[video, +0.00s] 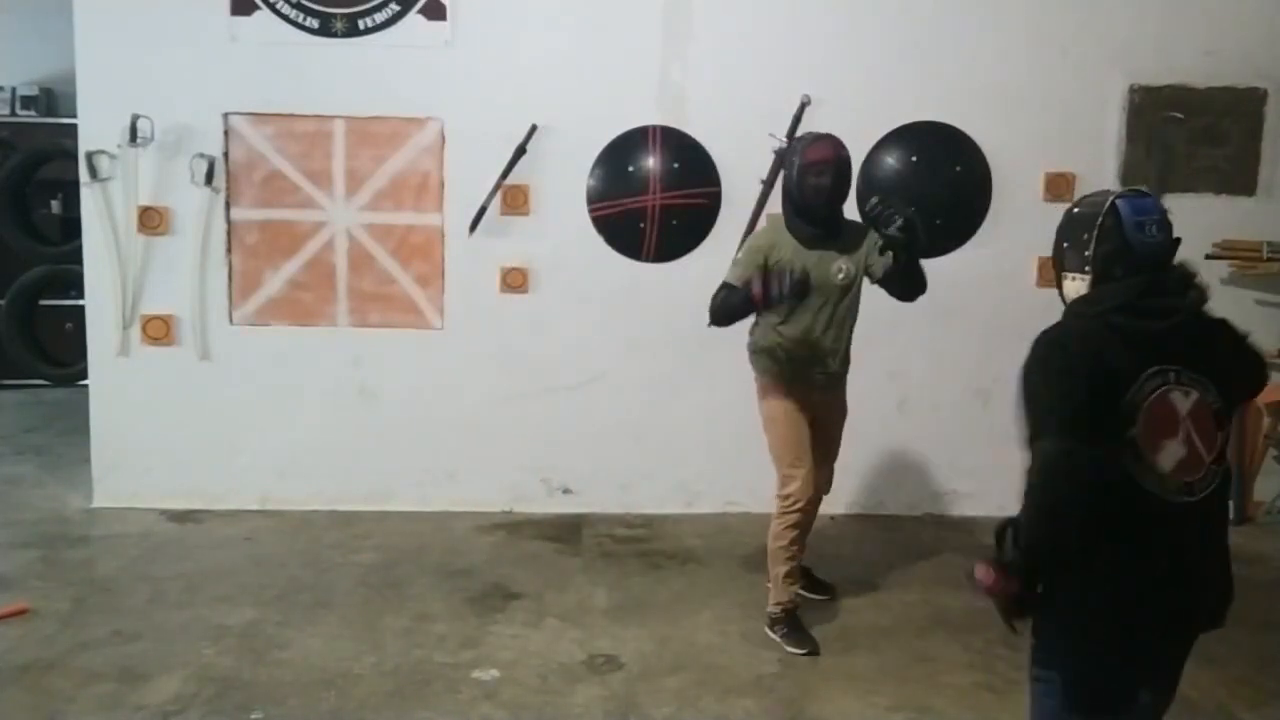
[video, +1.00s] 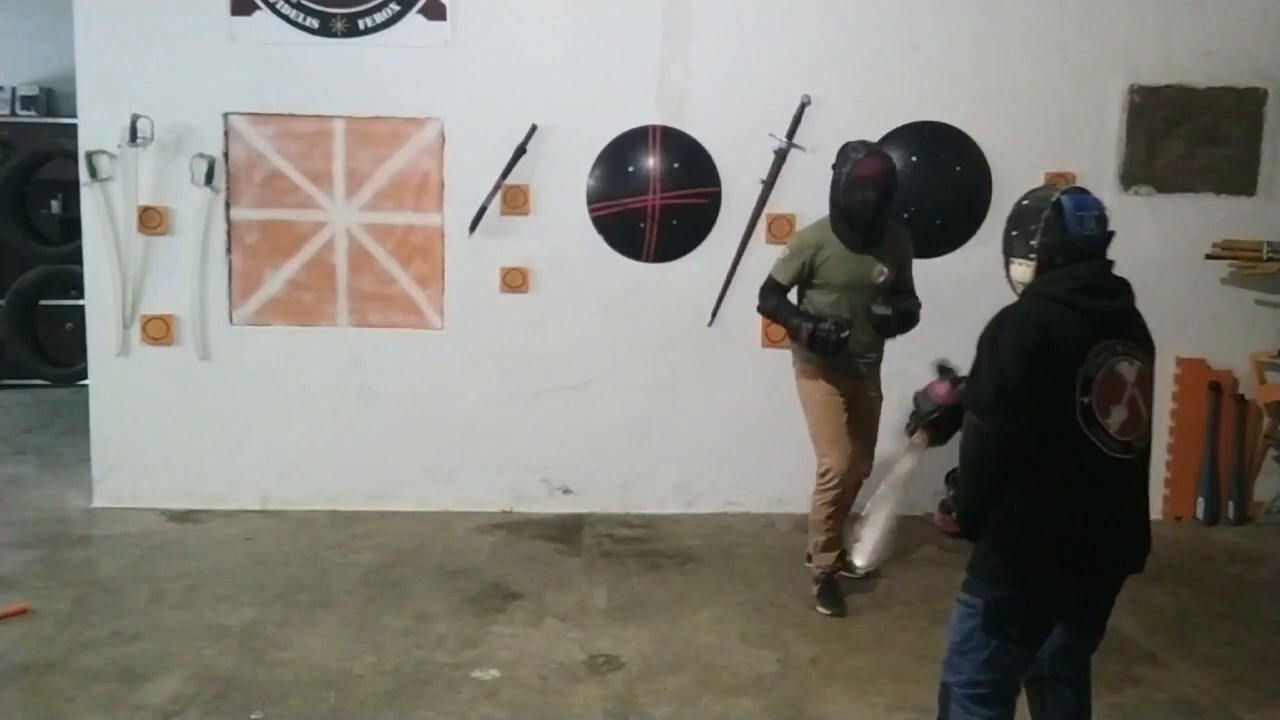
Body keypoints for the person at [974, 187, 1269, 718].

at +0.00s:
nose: (1062, 268)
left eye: (1068, 254)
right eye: (1066, 253)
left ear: (1091, 259)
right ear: (1158, 254)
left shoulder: (1066, 347)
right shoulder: (1213, 339)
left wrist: (1018, 565)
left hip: (1087, 591)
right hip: (1185, 588)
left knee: (1068, 703)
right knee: (1142, 703)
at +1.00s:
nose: (1012, 254)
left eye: (1018, 242)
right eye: (1015, 241)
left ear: (1035, 246)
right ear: (1092, 245)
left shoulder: (1020, 327)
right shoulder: (1129, 323)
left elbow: (989, 440)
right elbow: (1068, 402)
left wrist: (964, 510)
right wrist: (972, 395)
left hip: (1026, 542)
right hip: (1110, 539)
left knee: (972, 686)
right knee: (1060, 676)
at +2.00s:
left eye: (970, 236)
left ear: (970, 246)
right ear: (1040, 248)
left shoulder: (922, 316)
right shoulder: (1075, 325)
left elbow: (840, 372)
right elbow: (1170, 381)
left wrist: (806, 352)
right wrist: (1159, 311)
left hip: (934, 539)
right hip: (1023, 539)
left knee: (936, 676)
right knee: (1013, 669)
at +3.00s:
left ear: (875, 228)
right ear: (947, 232)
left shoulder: (845, 303)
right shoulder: (968, 307)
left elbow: (806, 383)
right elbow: (980, 369)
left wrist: (799, 449)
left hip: (854, 482)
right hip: (939, 483)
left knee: (821, 610)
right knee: (942, 591)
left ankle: (800, 709)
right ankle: (951, 695)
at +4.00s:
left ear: (892, 227)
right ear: (958, 237)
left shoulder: (851, 294)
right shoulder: (972, 305)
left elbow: (790, 346)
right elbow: (1055, 353)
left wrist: (817, 411)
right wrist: (1062, 284)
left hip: (846, 467)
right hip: (929, 473)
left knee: (819, 586)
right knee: (948, 577)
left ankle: (785, 706)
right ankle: (960, 680)